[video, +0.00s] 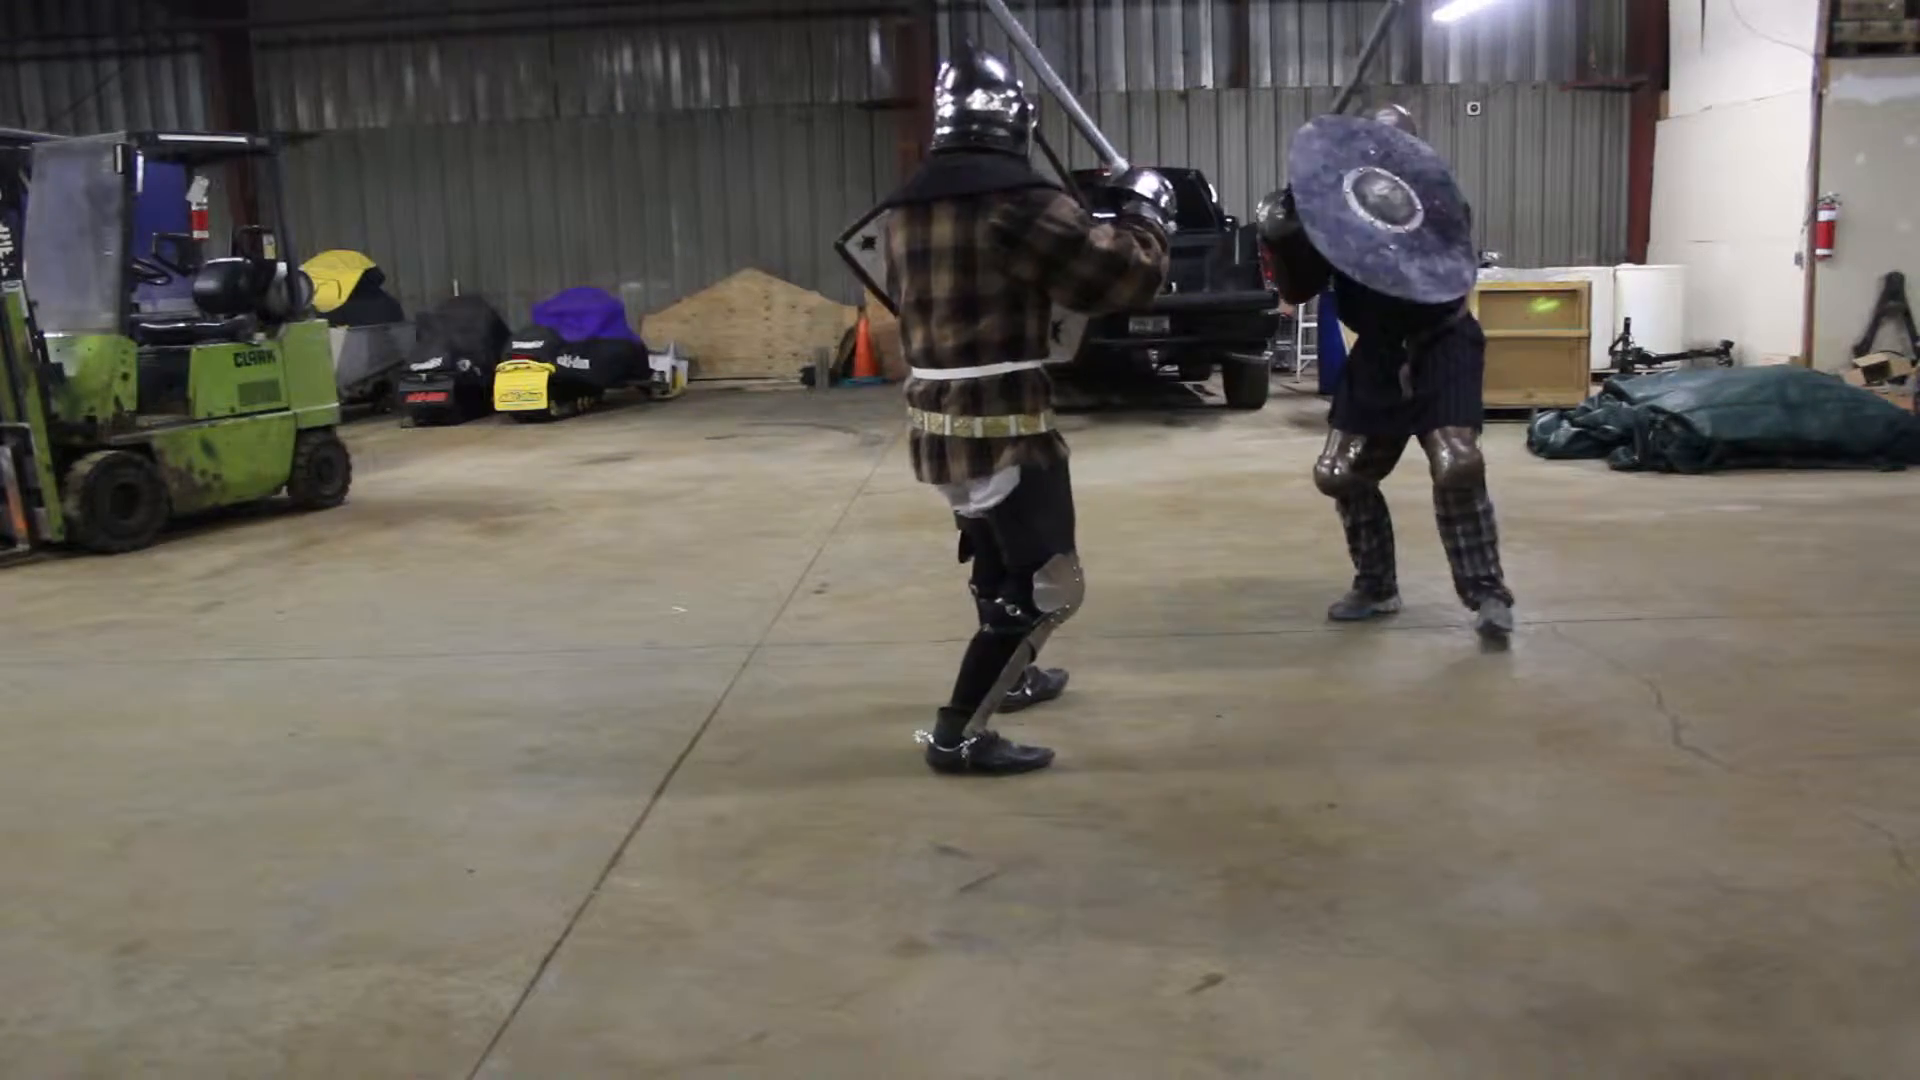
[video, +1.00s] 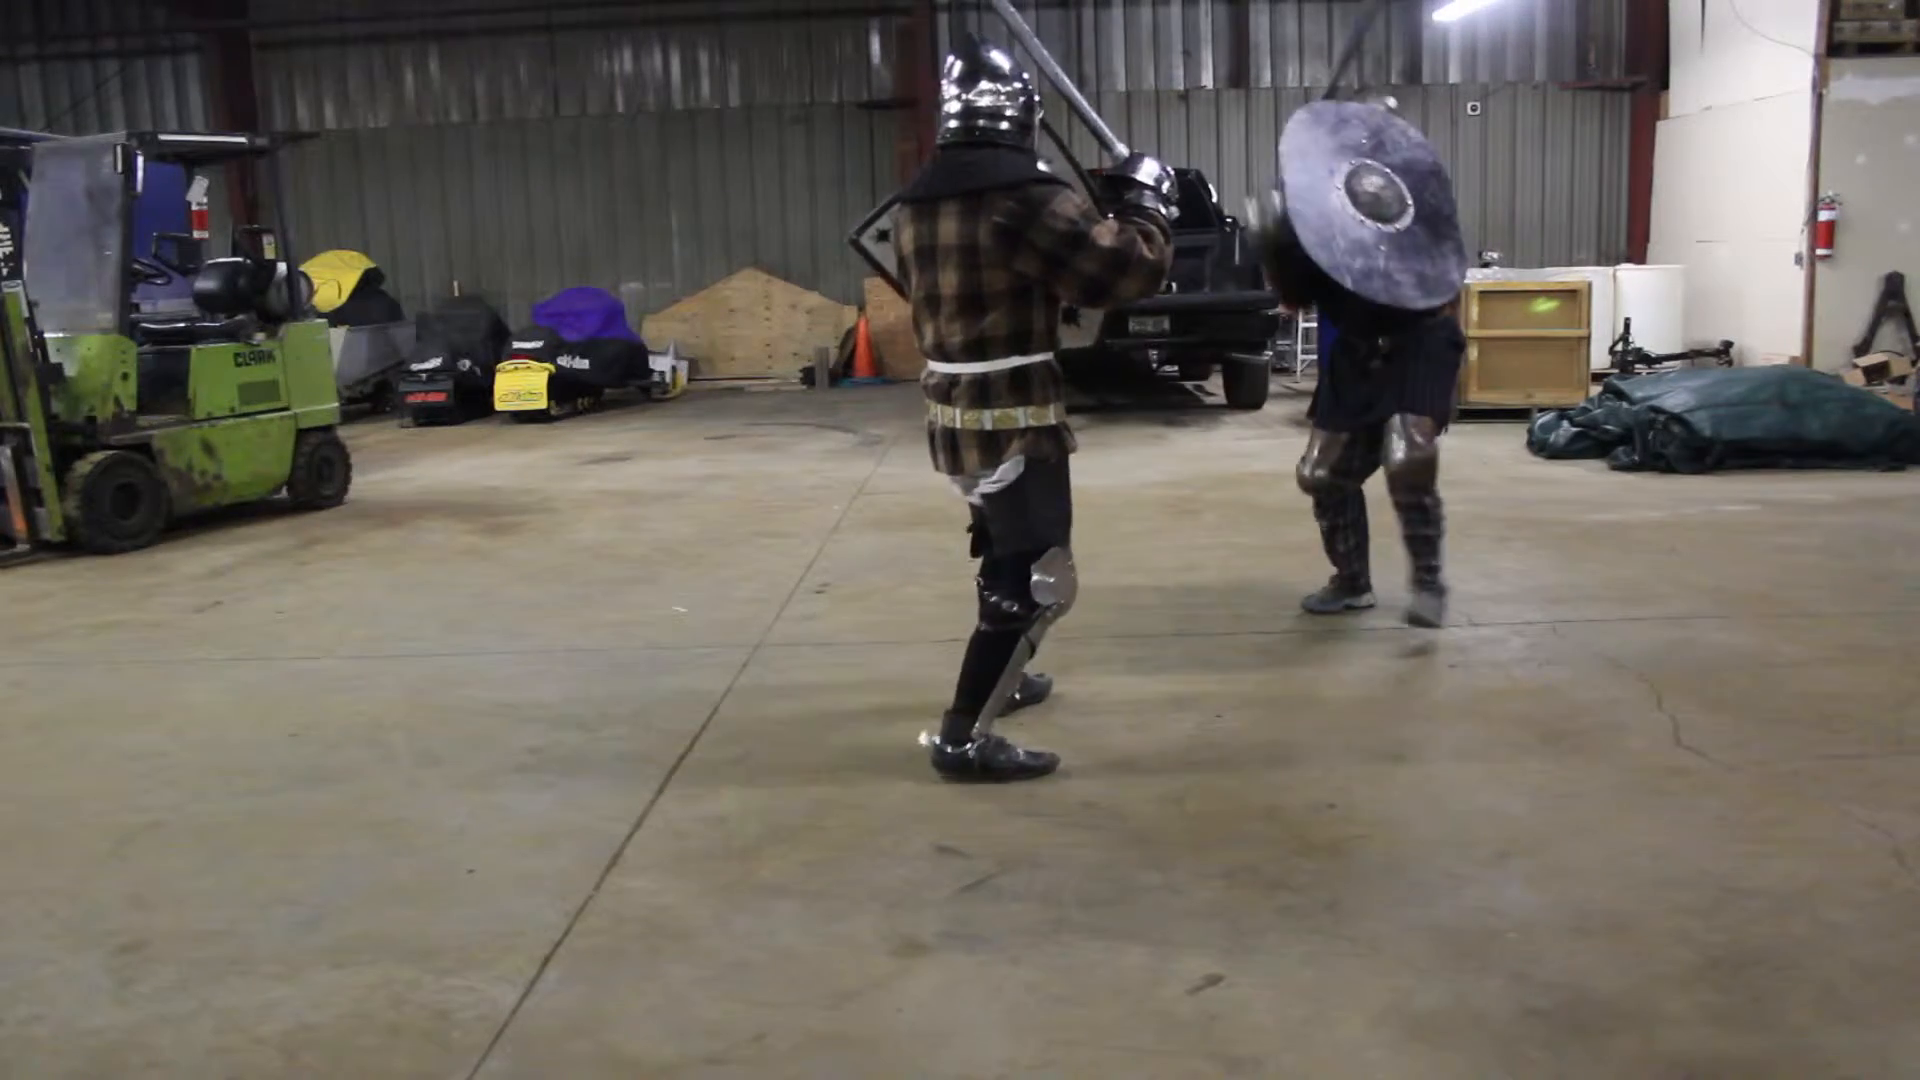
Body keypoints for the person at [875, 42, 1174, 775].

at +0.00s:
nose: (1025, 126)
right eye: (1020, 114)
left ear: (942, 116)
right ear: (1015, 117)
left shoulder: (911, 206)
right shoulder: (1019, 201)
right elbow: (1126, 273)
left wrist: (1082, 204)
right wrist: (1150, 210)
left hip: (939, 426)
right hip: (1006, 430)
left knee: (994, 556)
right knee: (1046, 587)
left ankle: (1010, 676)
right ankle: (958, 732)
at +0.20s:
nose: (1029, 125)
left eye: (1024, 114)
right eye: (1025, 114)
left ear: (946, 112)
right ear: (1018, 115)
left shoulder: (917, 198)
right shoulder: (1022, 196)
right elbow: (1131, 263)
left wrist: (1090, 199)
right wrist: (1150, 203)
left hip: (939, 417)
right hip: (1003, 422)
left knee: (995, 549)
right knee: (1054, 579)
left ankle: (1010, 674)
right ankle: (961, 725)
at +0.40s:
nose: (1026, 132)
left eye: (1020, 120)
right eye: (1021, 120)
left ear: (945, 120)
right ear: (1014, 122)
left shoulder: (916, 200)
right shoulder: (1017, 202)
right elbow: (1132, 269)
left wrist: (1088, 205)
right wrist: (1156, 208)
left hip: (940, 425)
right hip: (1003, 427)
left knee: (1000, 549)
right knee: (1052, 585)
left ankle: (1013, 674)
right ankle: (965, 733)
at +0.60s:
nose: (1028, 129)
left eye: (1022, 117)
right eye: (1023, 117)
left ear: (943, 116)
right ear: (1015, 119)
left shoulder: (911, 199)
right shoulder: (1019, 198)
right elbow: (1120, 277)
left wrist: (1085, 209)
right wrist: (1152, 219)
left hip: (938, 425)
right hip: (1004, 428)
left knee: (993, 552)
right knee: (1044, 591)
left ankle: (1012, 675)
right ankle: (963, 740)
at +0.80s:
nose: (1026, 120)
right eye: (1022, 108)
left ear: (944, 110)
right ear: (1019, 110)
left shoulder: (913, 197)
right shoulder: (1021, 194)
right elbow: (1131, 265)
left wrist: (1088, 204)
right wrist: (1145, 199)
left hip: (943, 420)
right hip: (1007, 423)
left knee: (994, 550)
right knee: (1038, 586)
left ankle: (1005, 675)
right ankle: (962, 740)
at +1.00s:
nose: (1030, 122)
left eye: (1021, 110)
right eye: (1026, 110)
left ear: (951, 115)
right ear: (1021, 114)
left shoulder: (921, 200)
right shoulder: (1026, 194)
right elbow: (1127, 270)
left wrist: (1096, 206)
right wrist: (1150, 204)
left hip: (955, 416)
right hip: (1017, 419)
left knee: (1003, 548)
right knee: (1037, 583)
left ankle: (1005, 676)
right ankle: (963, 733)